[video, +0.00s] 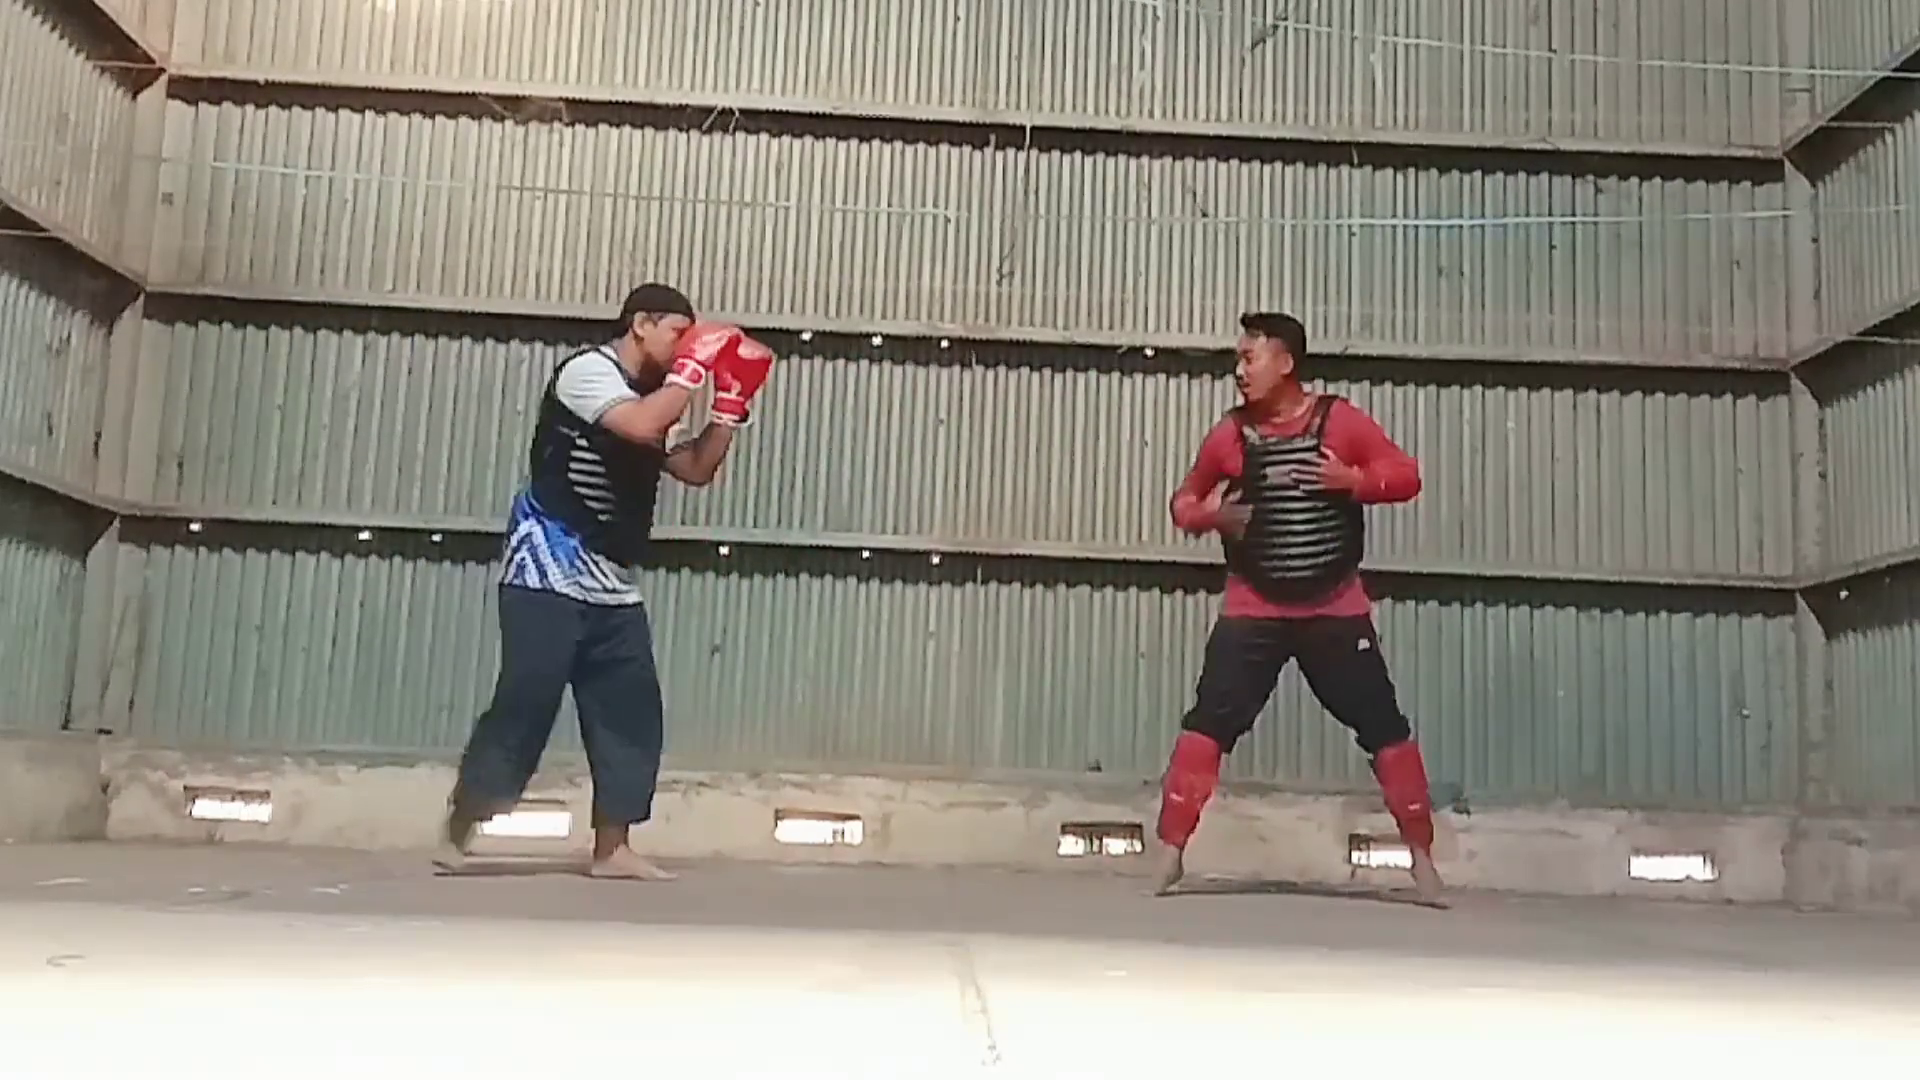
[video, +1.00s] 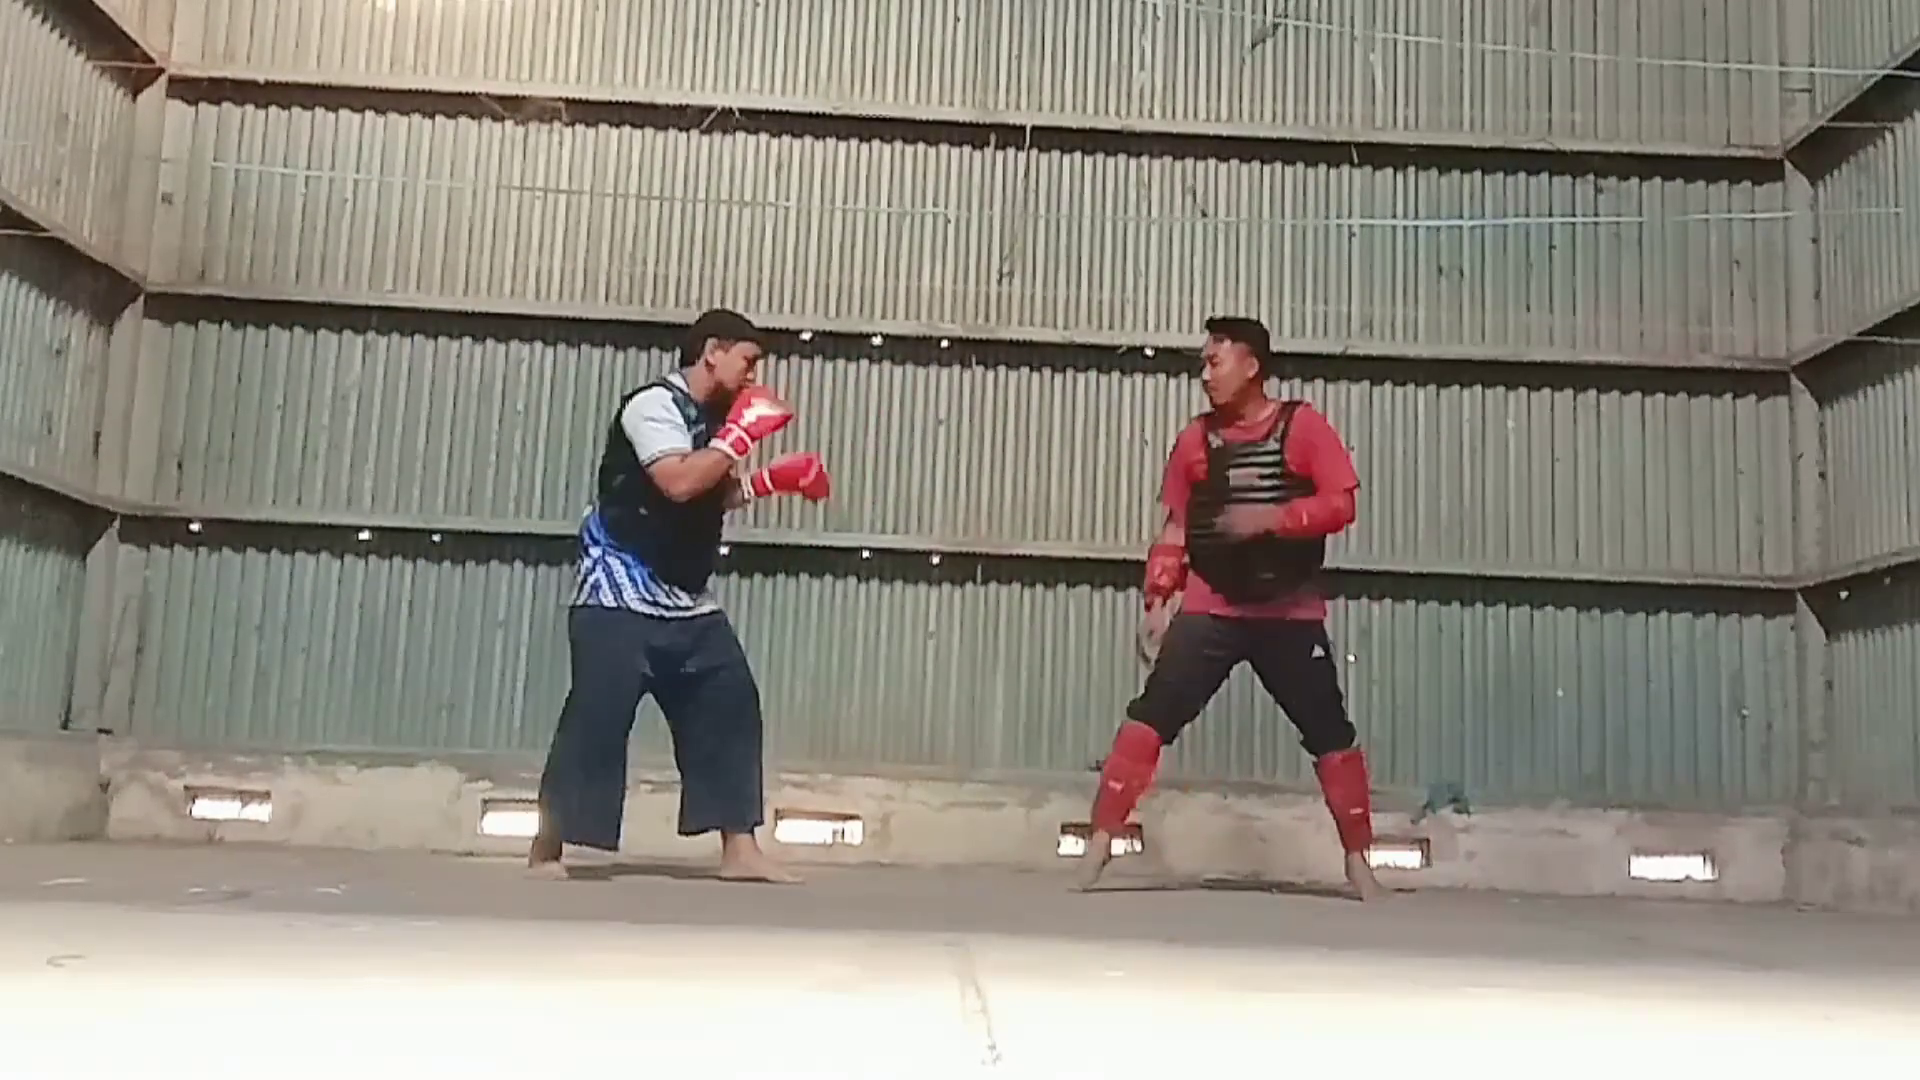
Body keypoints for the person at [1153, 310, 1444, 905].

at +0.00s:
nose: (1239, 368)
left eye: (1250, 357)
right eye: (1238, 358)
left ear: (1288, 362)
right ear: (1245, 365)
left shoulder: (1341, 422)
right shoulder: (1227, 437)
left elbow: (1407, 478)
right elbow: (1183, 507)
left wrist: (1356, 481)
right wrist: (1211, 516)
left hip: (1334, 611)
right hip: (1251, 613)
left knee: (1383, 727)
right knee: (1209, 721)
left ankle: (1422, 861)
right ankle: (1167, 851)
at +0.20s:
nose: (1248, 380)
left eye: (1259, 368)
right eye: (1247, 370)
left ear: (1297, 373)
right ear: (1252, 378)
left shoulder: (1349, 433)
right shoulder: (1238, 444)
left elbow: (1419, 482)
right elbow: (1198, 503)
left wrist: (1353, 493)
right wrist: (1227, 510)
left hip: (1341, 624)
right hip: (1260, 621)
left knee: (1385, 744)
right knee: (1204, 725)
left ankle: (1414, 868)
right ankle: (1166, 853)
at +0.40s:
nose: (1240, 385)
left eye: (1251, 374)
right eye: (1239, 375)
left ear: (1287, 379)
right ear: (1246, 383)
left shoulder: (1334, 440)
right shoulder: (1226, 449)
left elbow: (1404, 496)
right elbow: (1183, 514)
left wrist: (1331, 503)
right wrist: (1211, 519)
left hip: (1325, 631)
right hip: (1243, 628)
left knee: (1375, 746)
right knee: (1183, 728)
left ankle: (1414, 870)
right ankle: (1136, 855)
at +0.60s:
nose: (1218, 371)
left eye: (1229, 360)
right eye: (1218, 360)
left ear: (1267, 368)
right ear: (1224, 368)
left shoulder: (1311, 429)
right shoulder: (1201, 435)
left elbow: (1348, 507)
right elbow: (1173, 515)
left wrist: (1274, 493)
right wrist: (1172, 581)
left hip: (1294, 615)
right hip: (1214, 614)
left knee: (1346, 728)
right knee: (1168, 724)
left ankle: (1376, 859)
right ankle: (1136, 852)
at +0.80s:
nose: (1220, 382)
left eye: (1231, 370)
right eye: (1219, 371)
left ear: (1268, 373)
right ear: (1230, 378)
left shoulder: (1315, 436)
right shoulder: (1207, 447)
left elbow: (1326, 507)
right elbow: (1181, 530)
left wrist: (1257, 465)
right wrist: (1164, 572)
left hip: (1296, 627)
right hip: (1218, 624)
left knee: (1335, 746)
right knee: (1165, 731)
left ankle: (1355, 868)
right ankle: (1137, 856)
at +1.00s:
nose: (1205, 374)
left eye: (1216, 362)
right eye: (1204, 363)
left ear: (1253, 365)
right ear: (1218, 369)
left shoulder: (1304, 427)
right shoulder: (1195, 441)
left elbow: (1341, 504)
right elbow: (1176, 526)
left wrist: (1270, 516)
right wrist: (1157, 596)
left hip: (1289, 618)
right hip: (1209, 613)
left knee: (1330, 736)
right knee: (1149, 717)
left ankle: (1359, 863)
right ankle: (1098, 847)